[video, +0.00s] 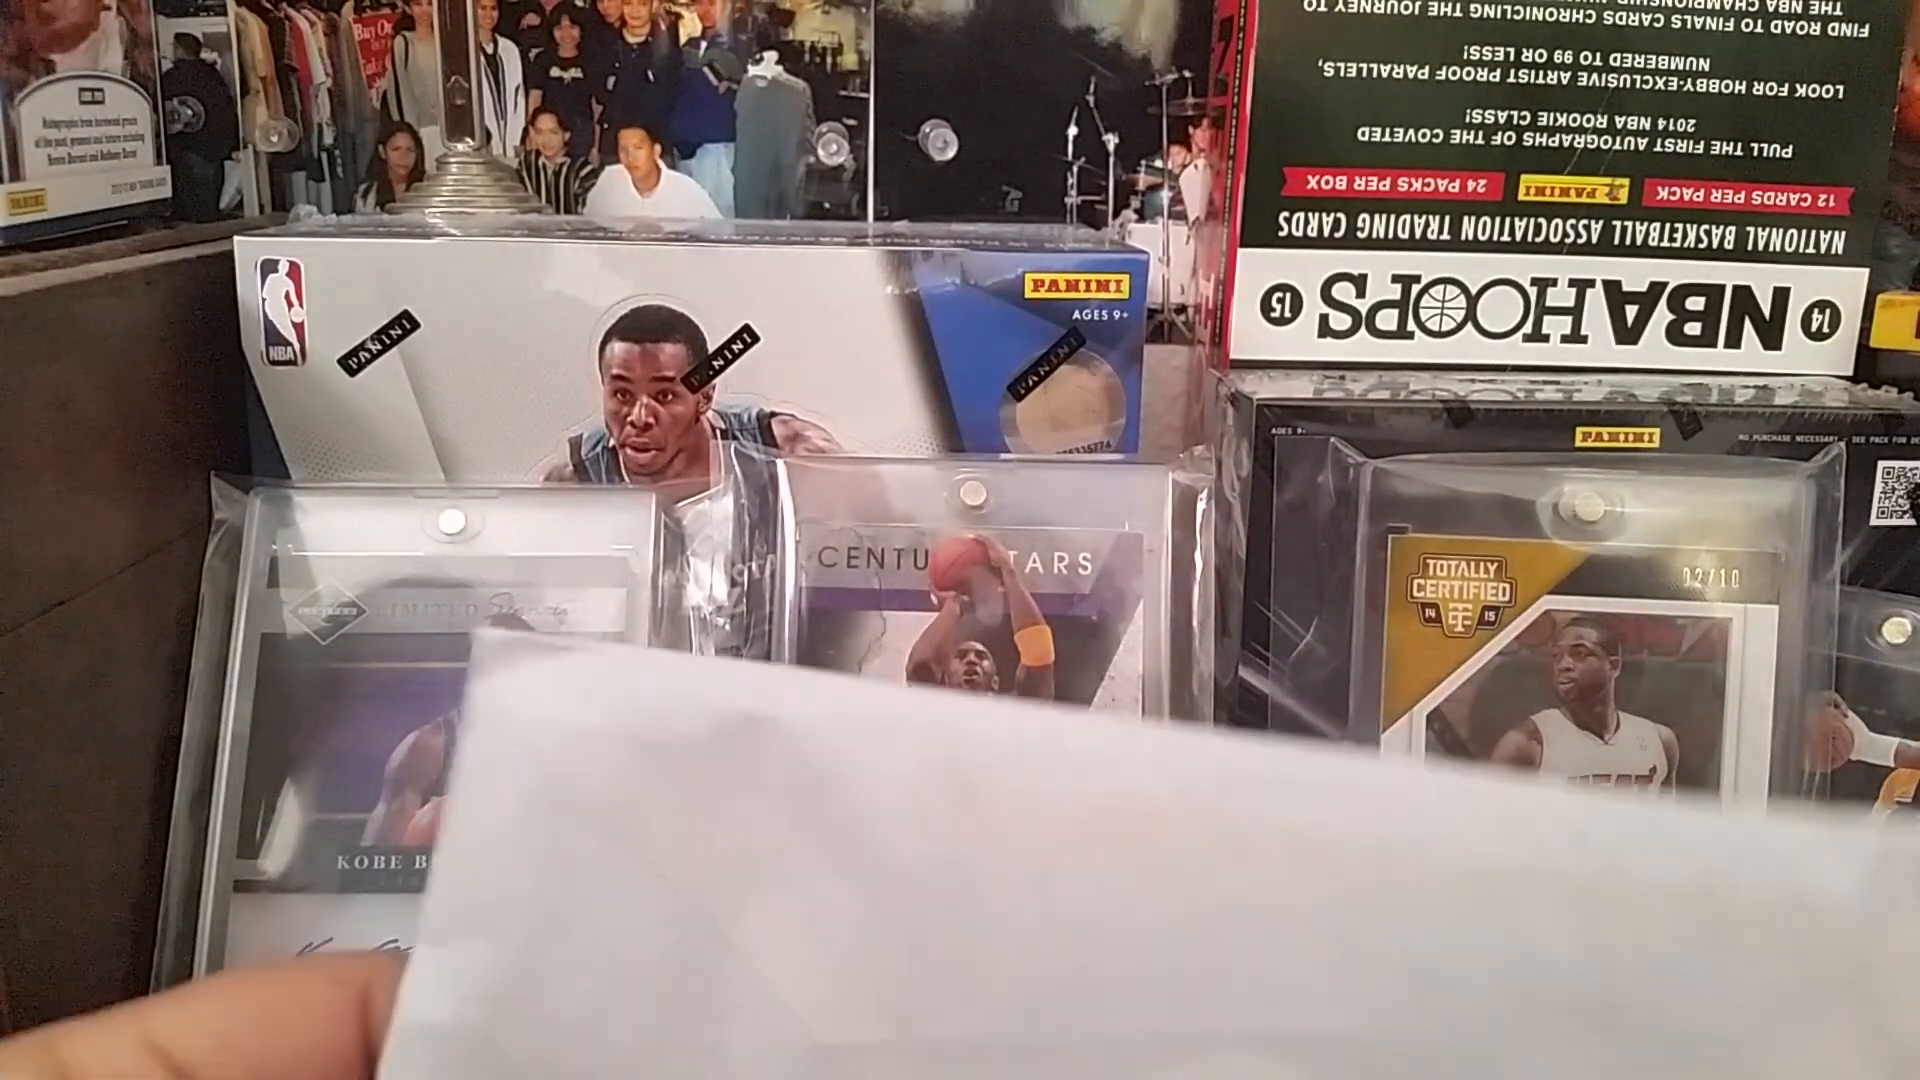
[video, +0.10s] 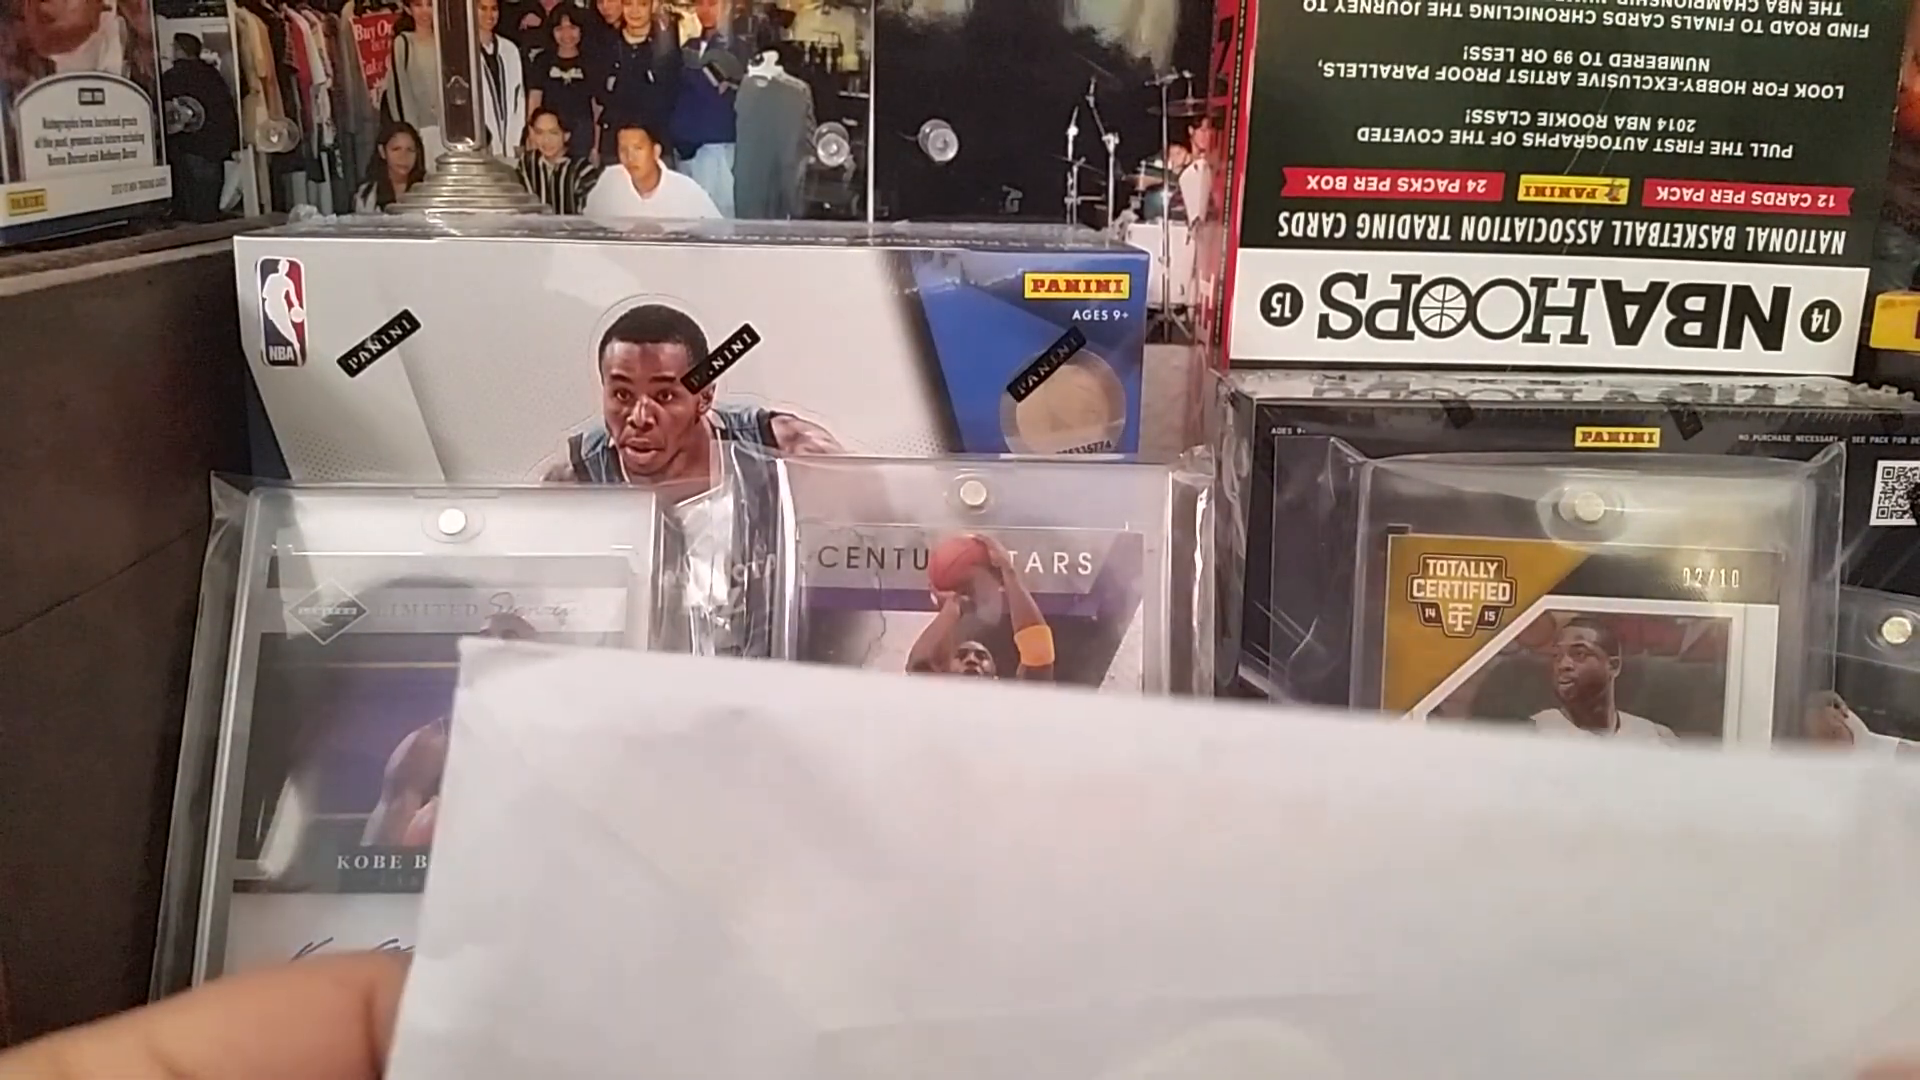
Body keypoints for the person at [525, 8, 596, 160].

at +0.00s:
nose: (566, 33)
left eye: (572, 27)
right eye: (559, 28)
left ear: (580, 31)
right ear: (553, 33)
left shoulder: (590, 61)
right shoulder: (543, 60)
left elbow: (597, 105)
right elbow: (534, 98)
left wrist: (596, 146)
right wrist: (532, 135)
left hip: (581, 132)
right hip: (550, 134)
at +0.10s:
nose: (566, 34)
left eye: (572, 27)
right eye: (560, 28)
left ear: (580, 31)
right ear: (553, 33)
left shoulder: (590, 62)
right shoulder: (543, 60)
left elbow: (597, 106)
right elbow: (535, 99)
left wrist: (596, 147)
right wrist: (532, 136)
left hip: (581, 134)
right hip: (549, 136)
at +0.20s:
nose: (566, 33)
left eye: (572, 27)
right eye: (560, 28)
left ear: (580, 31)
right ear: (553, 33)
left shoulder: (589, 62)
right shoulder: (543, 61)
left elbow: (596, 105)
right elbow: (535, 99)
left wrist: (595, 146)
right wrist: (532, 138)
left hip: (581, 135)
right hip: (549, 136)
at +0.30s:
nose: (566, 34)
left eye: (571, 27)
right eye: (560, 28)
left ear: (580, 31)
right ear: (553, 33)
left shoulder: (589, 61)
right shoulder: (543, 60)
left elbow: (596, 104)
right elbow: (535, 99)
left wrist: (596, 146)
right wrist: (533, 139)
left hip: (582, 131)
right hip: (550, 132)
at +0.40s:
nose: (566, 34)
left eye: (572, 27)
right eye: (560, 28)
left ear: (580, 32)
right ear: (554, 33)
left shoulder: (589, 61)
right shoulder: (543, 60)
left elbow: (596, 105)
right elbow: (535, 98)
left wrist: (596, 146)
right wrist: (532, 137)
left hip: (582, 130)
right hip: (550, 131)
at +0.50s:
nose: (567, 34)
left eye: (572, 27)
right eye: (560, 28)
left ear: (580, 32)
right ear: (553, 33)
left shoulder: (589, 60)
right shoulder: (543, 60)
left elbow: (597, 105)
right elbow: (535, 99)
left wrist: (596, 146)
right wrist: (533, 139)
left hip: (582, 131)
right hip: (550, 131)